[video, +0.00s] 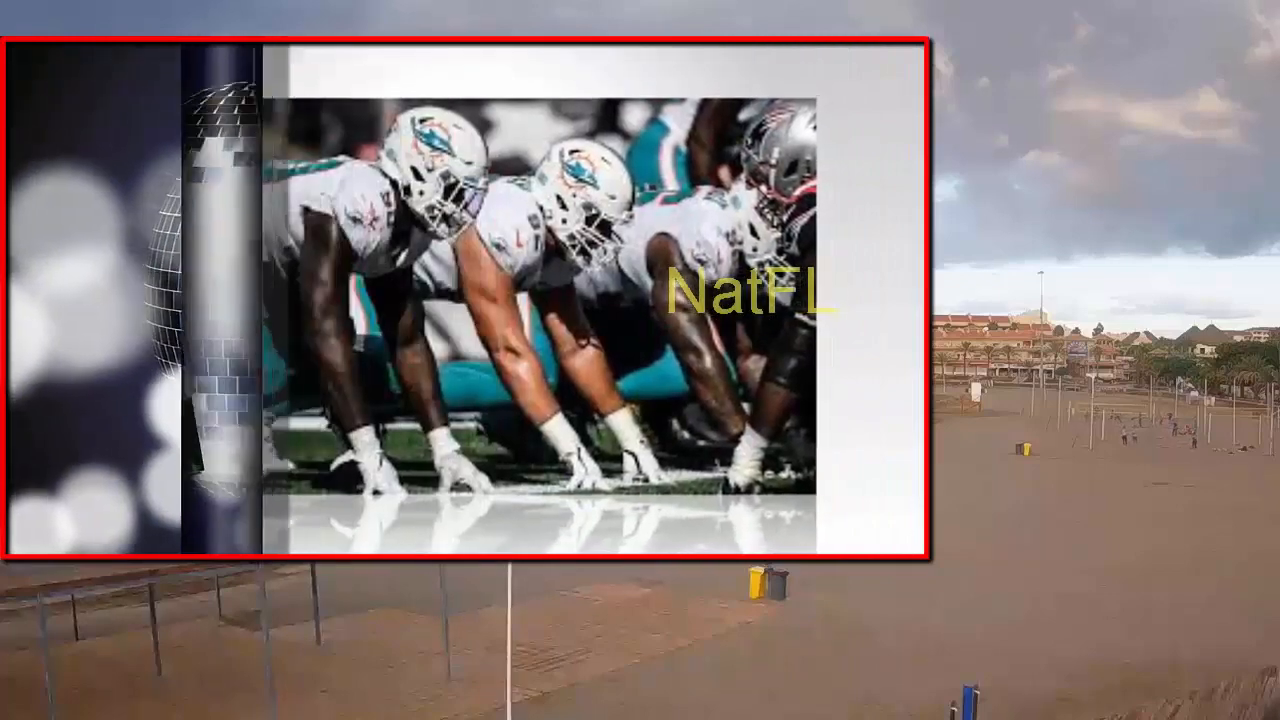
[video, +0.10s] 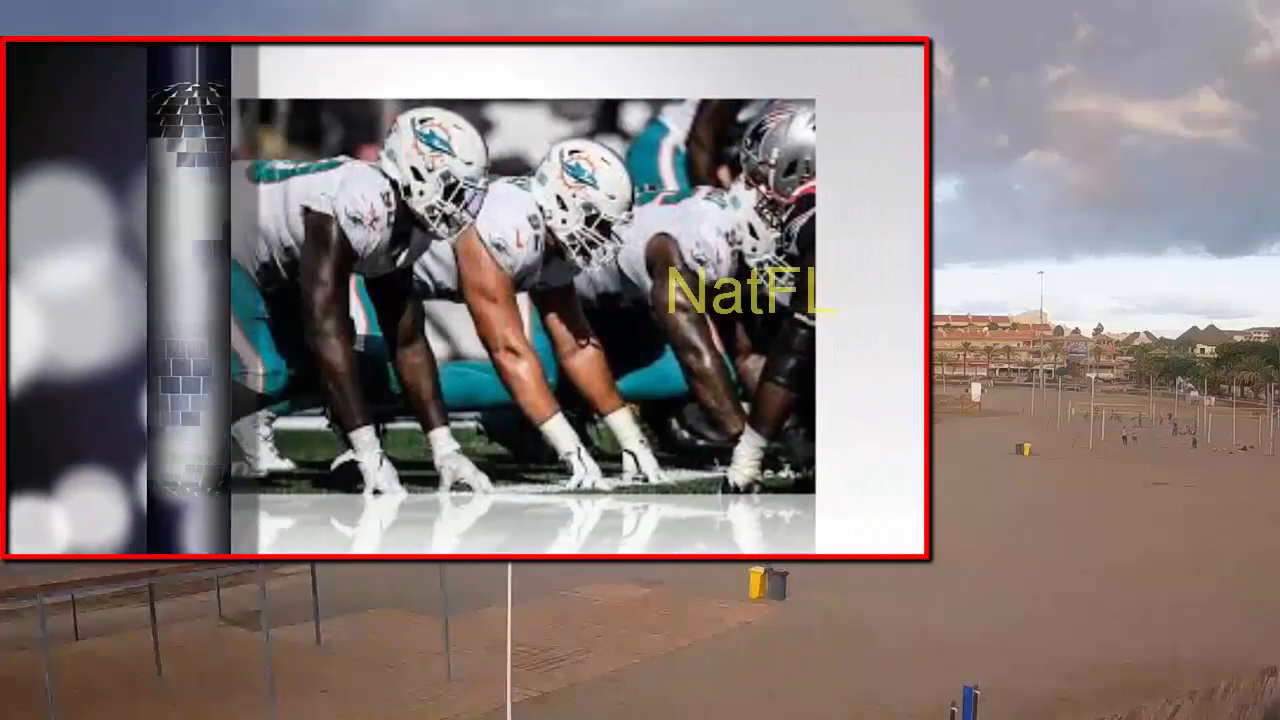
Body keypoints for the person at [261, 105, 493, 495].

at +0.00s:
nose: (462, 205)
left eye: (468, 192)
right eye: (455, 188)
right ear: (420, 169)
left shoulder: (400, 225)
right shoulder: (354, 198)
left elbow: (409, 341)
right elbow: (325, 331)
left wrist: (444, 449)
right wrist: (367, 449)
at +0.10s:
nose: (461, 205)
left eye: (468, 192)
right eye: (453, 187)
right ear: (419, 169)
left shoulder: (397, 223)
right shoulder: (355, 200)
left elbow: (409, 341)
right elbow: (325, 332)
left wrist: (444, 448)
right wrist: (367, 451)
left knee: (305, 356)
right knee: (262, 374)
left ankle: (250, 421)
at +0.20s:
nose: (463, 205)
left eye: (469, 192)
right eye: (454, 188)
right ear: (419, 170)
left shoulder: (401, 227)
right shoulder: (355, 200)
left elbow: (409, 341)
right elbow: (325, 332)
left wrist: (445, 447)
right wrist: (368, 450)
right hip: (206, 241)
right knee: (260, 375)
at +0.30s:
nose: (460, 205)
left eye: (468, 193)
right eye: (454, 188)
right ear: (419, 169)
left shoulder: (399, 226)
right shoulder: (352, 201)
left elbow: (410, 340)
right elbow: (327, 335)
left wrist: (445, 448)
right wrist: (370, 454)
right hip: (193, 231)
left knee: (322, 355)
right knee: (261, 376)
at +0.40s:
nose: (458, 201)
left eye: (466, 190)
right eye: (450, 183)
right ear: (415, 164)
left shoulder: (398, 225)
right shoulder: (351, 202)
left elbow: (410, 341)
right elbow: (326, 333)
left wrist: (445, 448)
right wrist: (369, 451)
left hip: (247, 252)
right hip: (186, 236)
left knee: (309, 367)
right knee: (258, 373)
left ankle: (187, 423)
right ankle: (104, 410)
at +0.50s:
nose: (457, 201)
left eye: (466, 190)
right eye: (449, 183)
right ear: (413, 164)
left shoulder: (399, 226)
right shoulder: (352, 202)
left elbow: (410, 340)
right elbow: (327, 332)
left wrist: (445, 447)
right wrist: (369, 449)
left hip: (247, 251)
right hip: (188, 235)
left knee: (312, 366)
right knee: (259, 374)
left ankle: (191, 426)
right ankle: (110, 412)